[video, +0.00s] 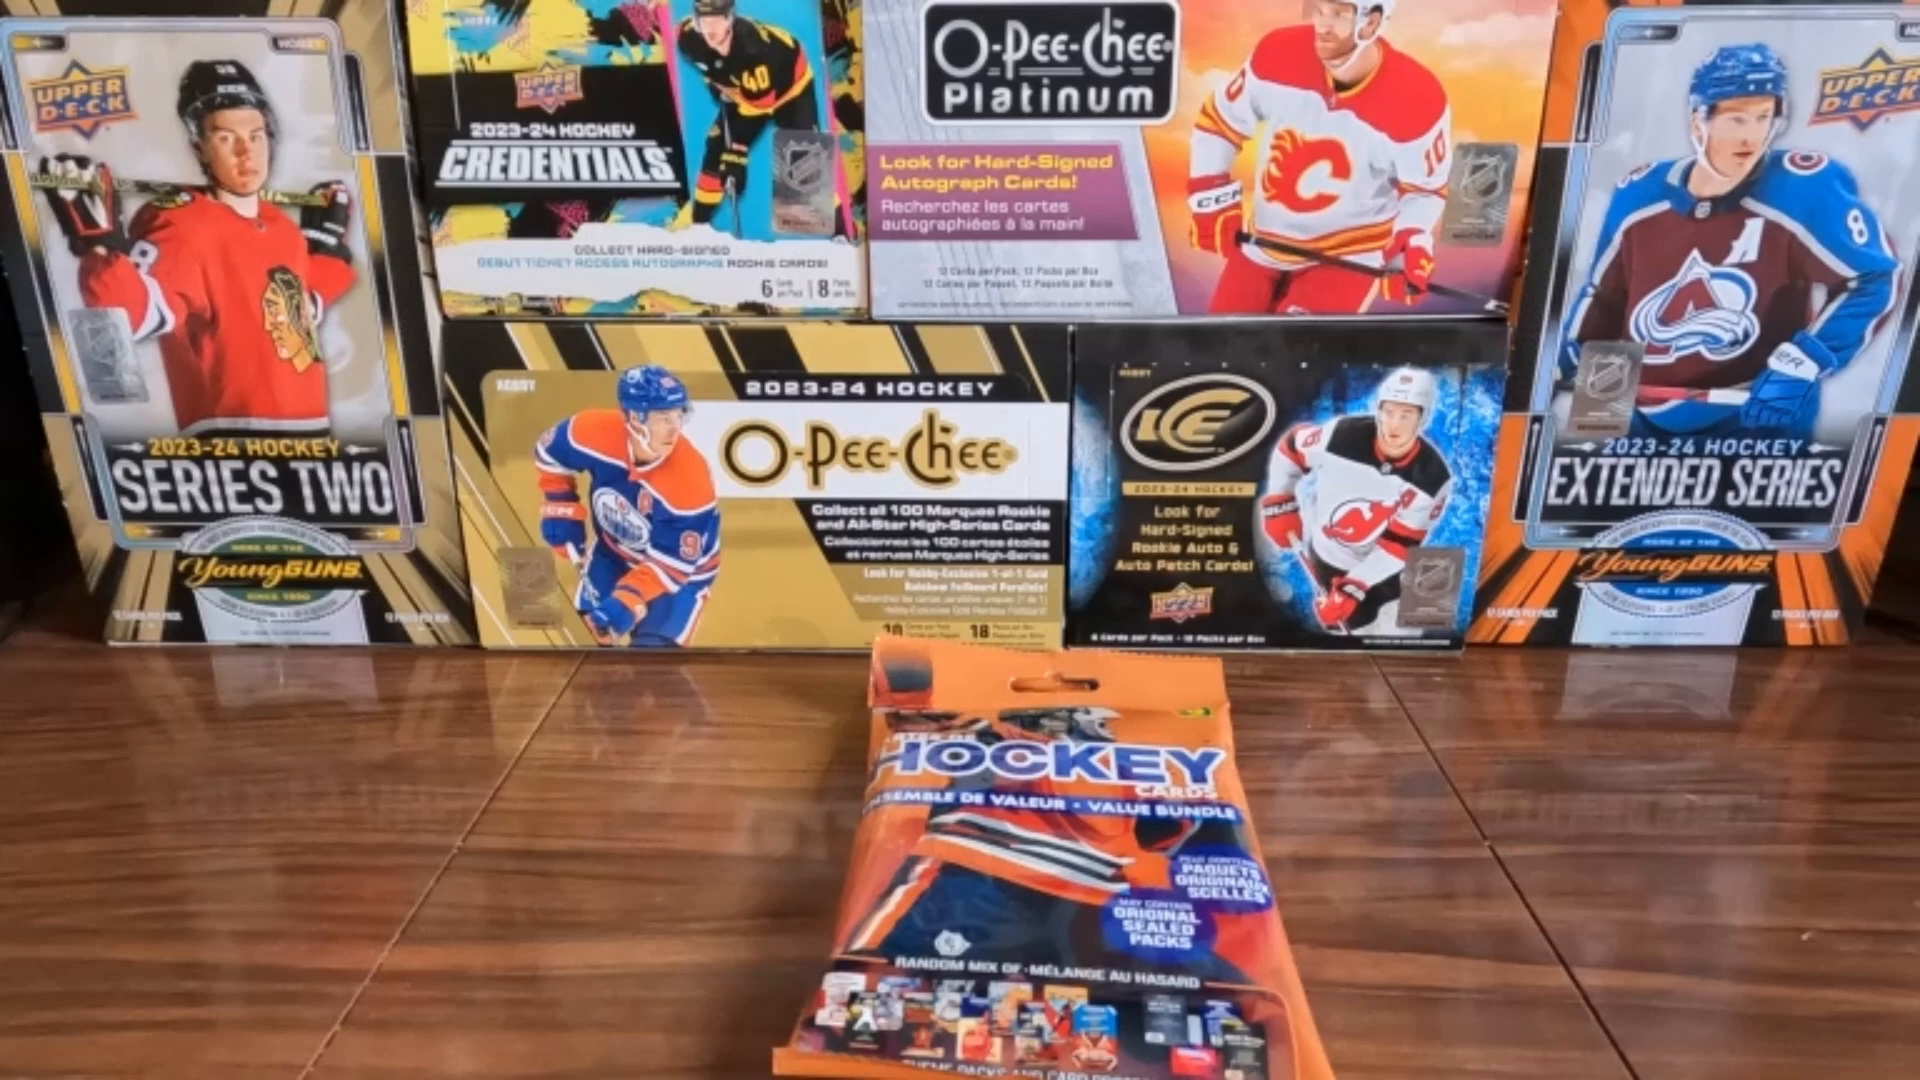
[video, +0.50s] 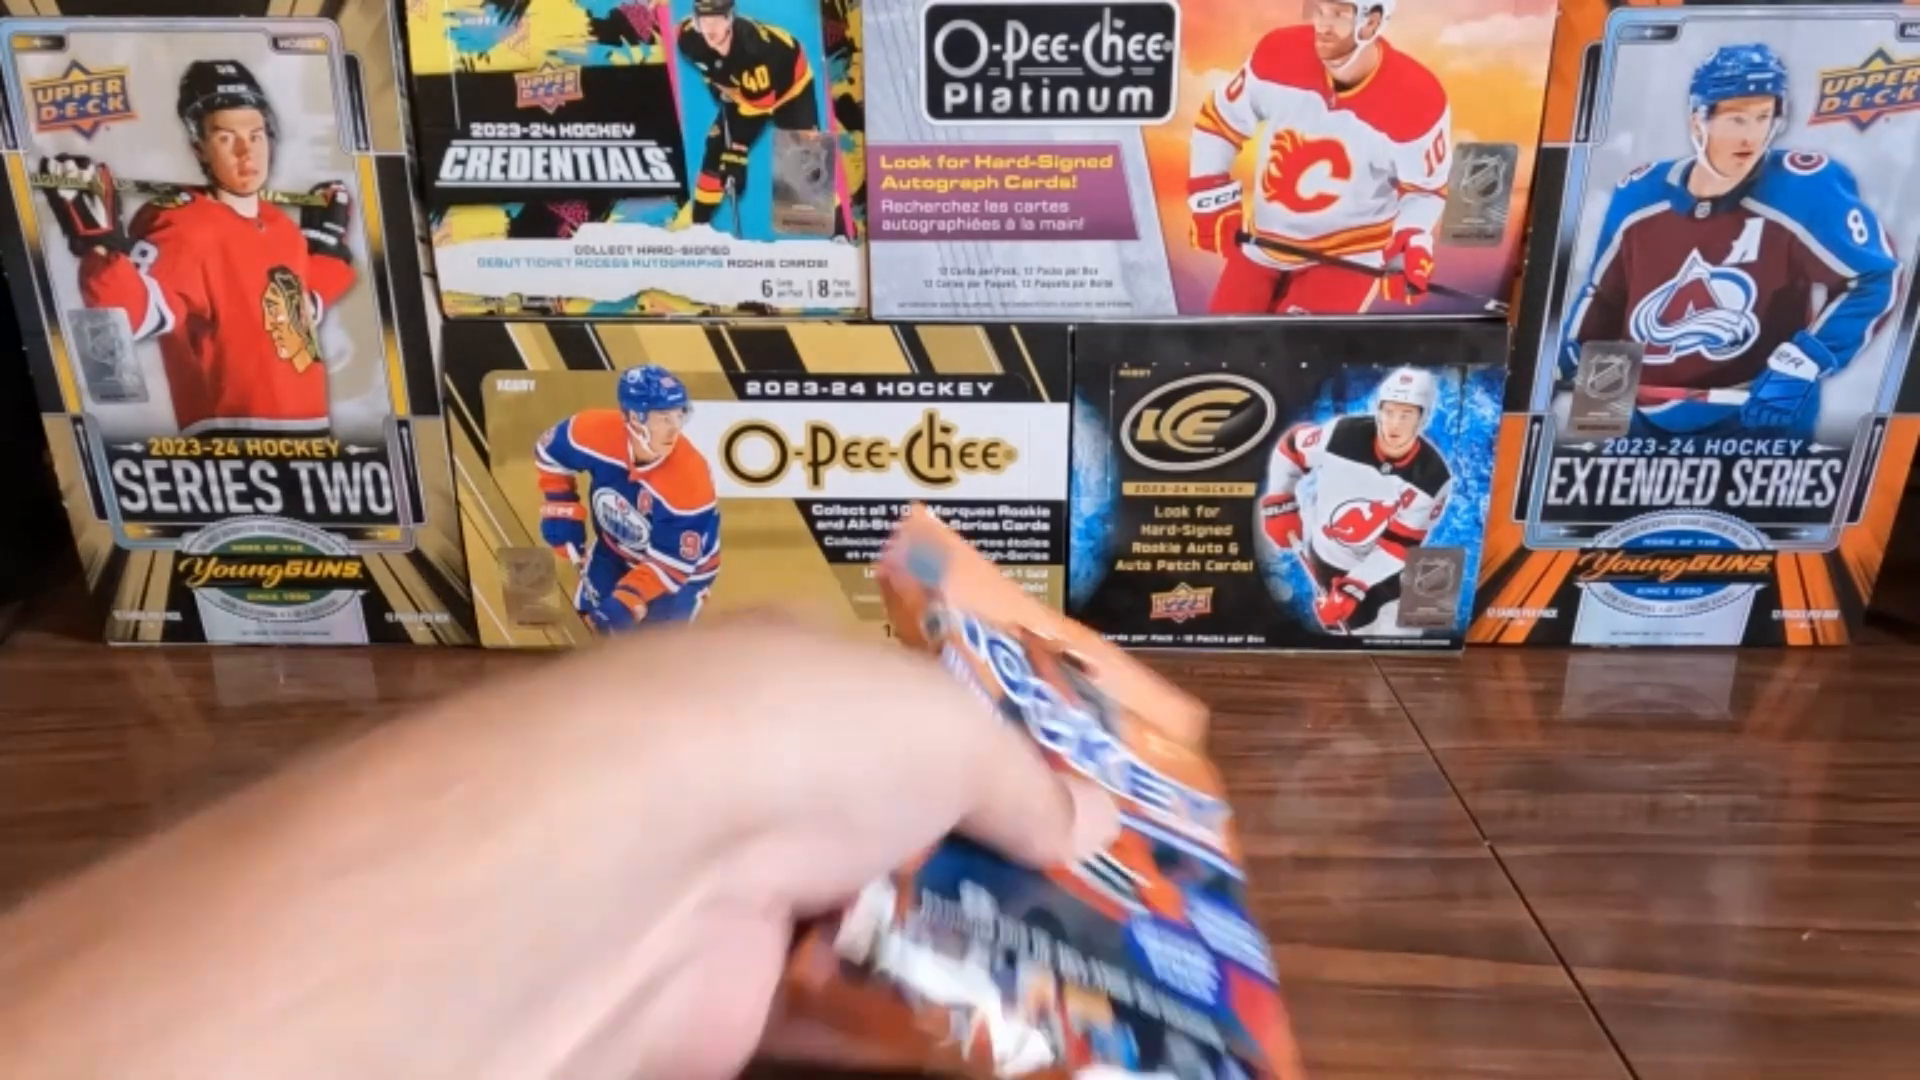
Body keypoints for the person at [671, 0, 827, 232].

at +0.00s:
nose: (710, 29)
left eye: (716, 21)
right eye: (704, 22)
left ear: (730, 18)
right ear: (696, 22)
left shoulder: (753, 47)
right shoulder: (689, 38)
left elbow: (759, 107)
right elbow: (707, 69)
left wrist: (737, 153)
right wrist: (721, 88)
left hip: (791, 92)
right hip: (742, 98)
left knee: (805, 161)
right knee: (716, 147)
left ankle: (840, 230)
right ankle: (698, 222)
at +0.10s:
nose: (710, 29)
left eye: (717, 22)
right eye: (704, 22)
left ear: (730, 19)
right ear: (696, 22)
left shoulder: (753, 47)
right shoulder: (688, 38)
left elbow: (759, 107)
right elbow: (707, 69)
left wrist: (736, 155)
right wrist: (719, 88)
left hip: (790, 91)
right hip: (742, 96)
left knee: (804, 160)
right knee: (717, 146)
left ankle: (838, 230)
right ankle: (699, 222)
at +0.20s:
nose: (711, 29)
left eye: (717, 22)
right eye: (705, 22)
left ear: (730, 18)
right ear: (696, 22)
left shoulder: (753, 47)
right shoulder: (689, 38)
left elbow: (759, 107)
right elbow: (707, 69)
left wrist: (737, 154)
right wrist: (720, 89)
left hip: (790, 91)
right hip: (743, 97)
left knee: (803, 159)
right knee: (717, 146)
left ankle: (839, 230)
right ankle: (699, 222)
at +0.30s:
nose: (710, 30)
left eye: (716, 22)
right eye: (704, 22)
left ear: (729, 19)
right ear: (696, 21)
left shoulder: (752, 47)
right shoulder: (688, 38)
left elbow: (758, 107)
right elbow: (707, 68)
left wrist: (737, 152)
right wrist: (722, 87)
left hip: (791, 91)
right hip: (740, 96)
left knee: (807, 161)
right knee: (717, 149)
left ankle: (840, 231)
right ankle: (698, 223)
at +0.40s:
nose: (710, 29)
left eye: (716, 21)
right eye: (704, 21)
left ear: (730, 19)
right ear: (696, 21)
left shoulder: (752, 46)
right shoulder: (689, 38)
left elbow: (759, 107)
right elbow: (707, 67)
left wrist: (737, 154)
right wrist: (720, 87)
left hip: (790, 91)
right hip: (741, 97)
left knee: (805, 163)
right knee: (716, 148)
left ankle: (841, 230)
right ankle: (698, 222)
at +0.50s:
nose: (710, 29)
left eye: (716, 22)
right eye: (704, 22)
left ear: (730, 19)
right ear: (696, 22)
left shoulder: (753, 47)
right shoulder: (689, 38)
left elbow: (759, 107)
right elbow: (707, 68)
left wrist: (737, 154)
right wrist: (720, 88)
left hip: (791, 91)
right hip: (741, 97)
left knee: (807, 159)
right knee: (716, 147)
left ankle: (841, 230)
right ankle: (698, 222)